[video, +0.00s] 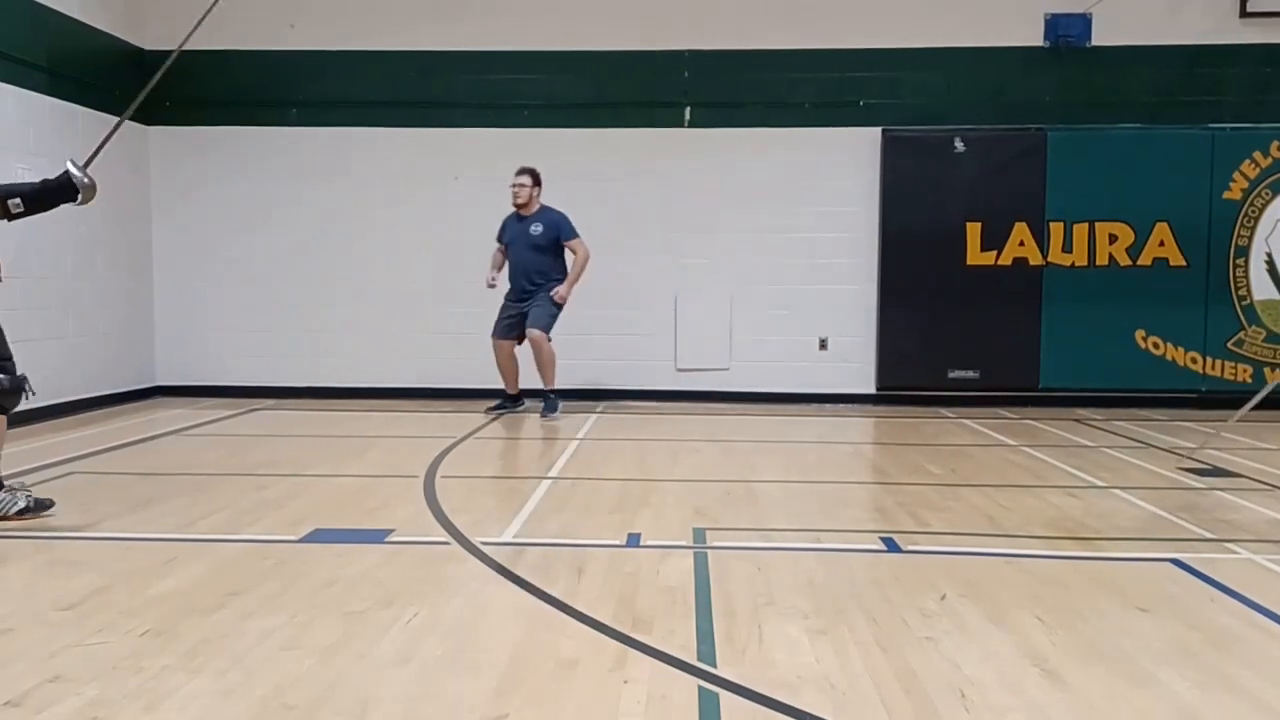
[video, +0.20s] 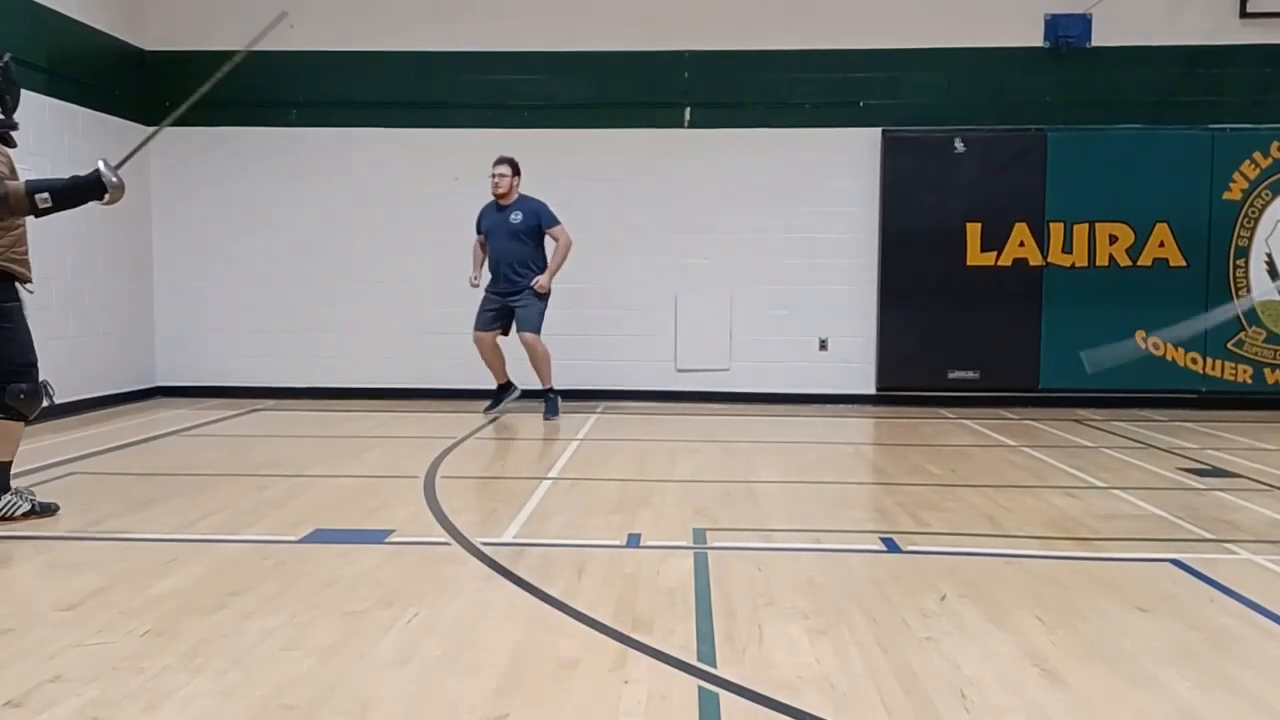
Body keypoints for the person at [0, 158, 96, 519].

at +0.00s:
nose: (5, 276)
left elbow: (4, 202)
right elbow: (6, 202)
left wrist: (59, 187)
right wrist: (61, 188)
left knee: (7, 381)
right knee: (6, 382)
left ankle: (1, 487)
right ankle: (1, 488)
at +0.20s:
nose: (13, 115)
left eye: (13, 105)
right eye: (9, 105)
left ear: (9, 103)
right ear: (1, 104)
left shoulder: (6, 151)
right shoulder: (2, 152)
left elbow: (22, 201)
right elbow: (11, 201)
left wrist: (87, 186)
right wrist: (89, 186)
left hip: (8, 278)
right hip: (4, 279)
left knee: (20, 389)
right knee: (20, 389)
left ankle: (3, 489)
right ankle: (2, 489)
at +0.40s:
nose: (46, 94)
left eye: (44, 84)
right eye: (39, 85)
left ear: (9, 88)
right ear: (19, 87)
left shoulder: (19, 139)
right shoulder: (9, 134)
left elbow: (42, 242)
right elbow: (20, 194)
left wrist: (92, 294)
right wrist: (115, 191)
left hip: (22, 279)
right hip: (9, 280)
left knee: (74, 322)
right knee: (18, 390)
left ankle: (62, 415)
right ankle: (2, 491)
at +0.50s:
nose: (67, 96)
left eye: (65, 86)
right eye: (60, 86)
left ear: (27, 90)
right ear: (37, 89)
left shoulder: (37, 138)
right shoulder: (21, 133)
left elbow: (61, 224)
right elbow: (33, 196)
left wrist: (107, 283)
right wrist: (125, 197)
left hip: (30, 278)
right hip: (12, 279)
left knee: (93, 313)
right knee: (22, 392)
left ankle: (131, 406)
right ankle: (4, 492)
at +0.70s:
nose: (106, 102)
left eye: (105, 93)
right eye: (98, 93)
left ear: (71, 97)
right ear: (72, 97)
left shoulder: (81, 145)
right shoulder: (57, 138)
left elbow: (102, 232)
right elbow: (64, 198)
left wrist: (144, 294)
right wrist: (156, 204)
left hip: (61, 282)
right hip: (33, 280)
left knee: (130, 335)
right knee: (37, 396)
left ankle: (190, 435)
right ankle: (1, 489)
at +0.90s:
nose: (154, 99)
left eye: (152, 90)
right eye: (144, 90)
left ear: (118, 98)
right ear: (120, 97)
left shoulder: (135, 145)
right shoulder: (106, 146)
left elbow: (143, 229)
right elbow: (110, 213)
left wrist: (168, 285)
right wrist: (201, 214)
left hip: (134, 290)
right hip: (104, 289)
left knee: (161, 386)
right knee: (92, 400)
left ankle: (185, 481)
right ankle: (16, 480)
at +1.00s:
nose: (189, 101)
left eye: (188, 91)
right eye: (180, 91)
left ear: (158, 95)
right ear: (152, 94)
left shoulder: (163, 146)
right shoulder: (131, 143)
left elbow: (168, 224)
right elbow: (131, 210)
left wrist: (198, 271)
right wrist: (216, 218)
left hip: (160, 283)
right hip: (129, 282)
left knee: (180, 381)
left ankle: (185, 483)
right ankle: (66, 453)